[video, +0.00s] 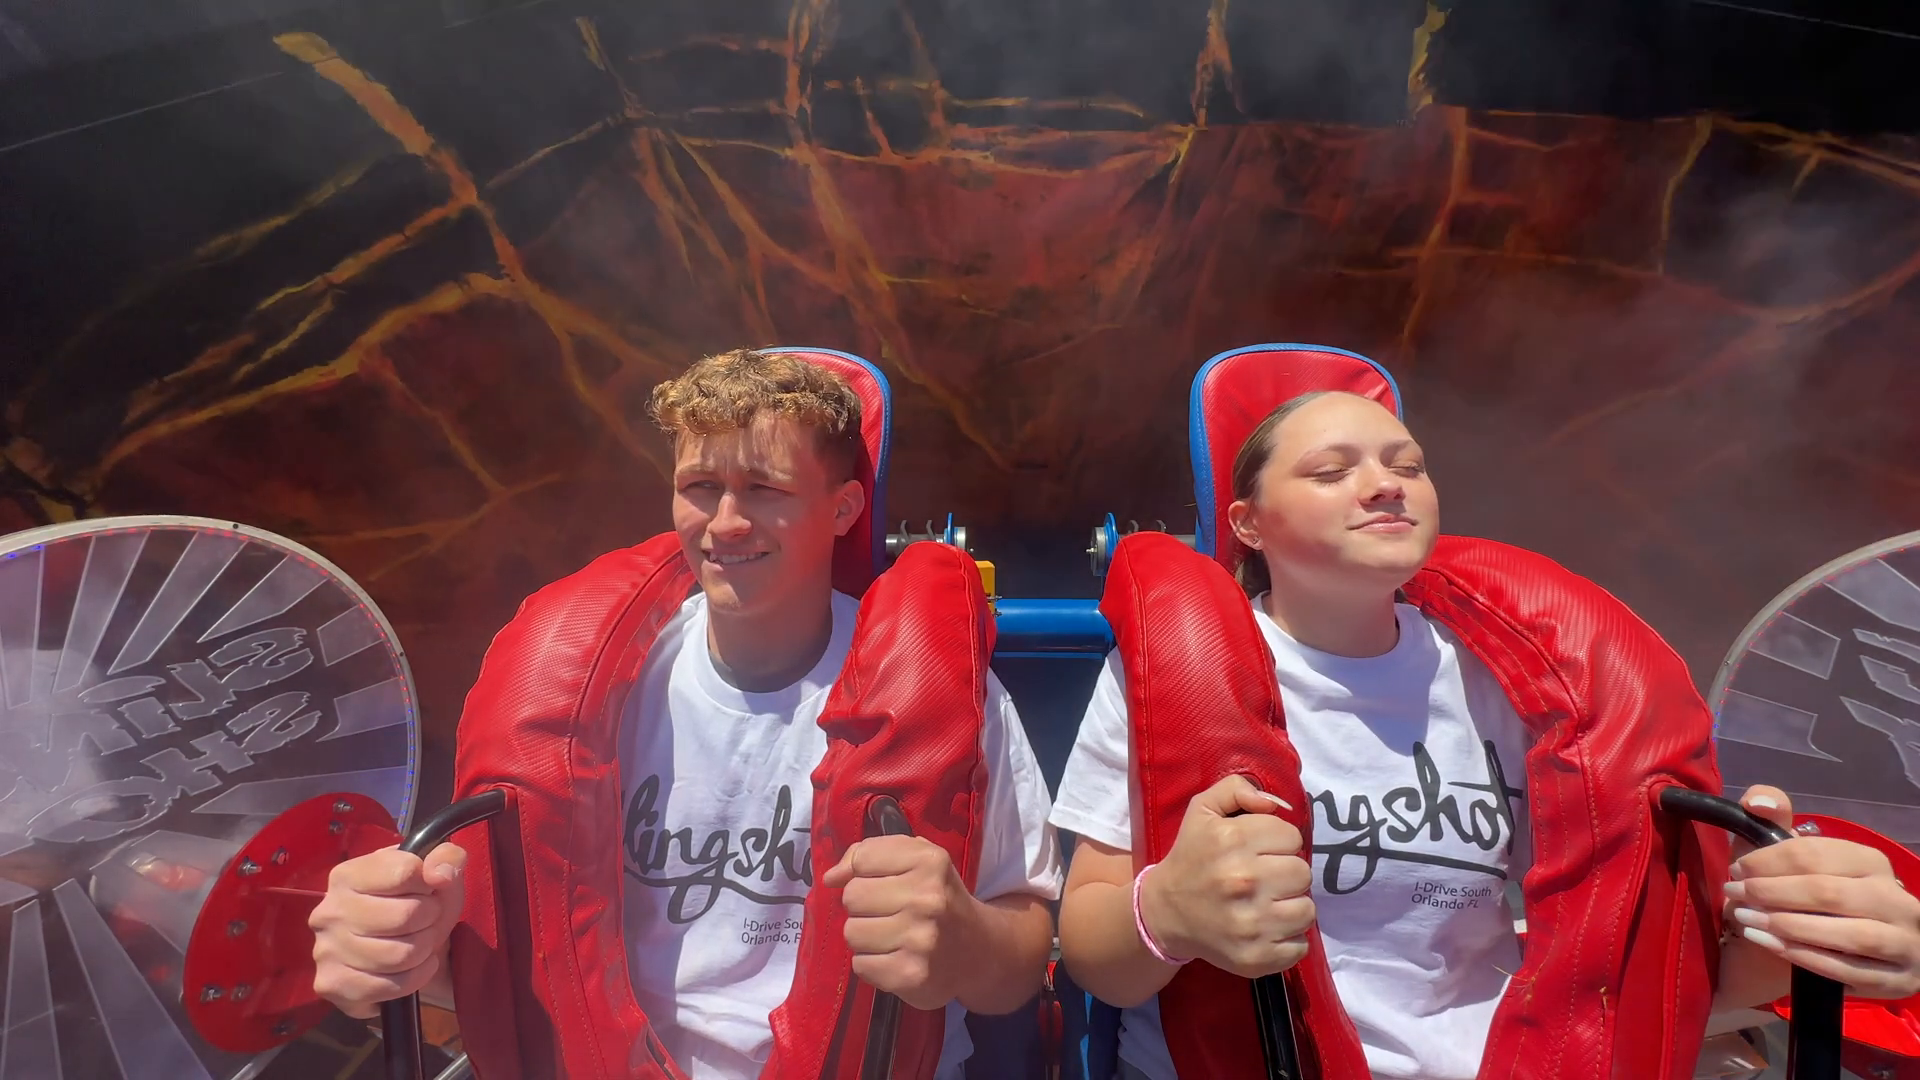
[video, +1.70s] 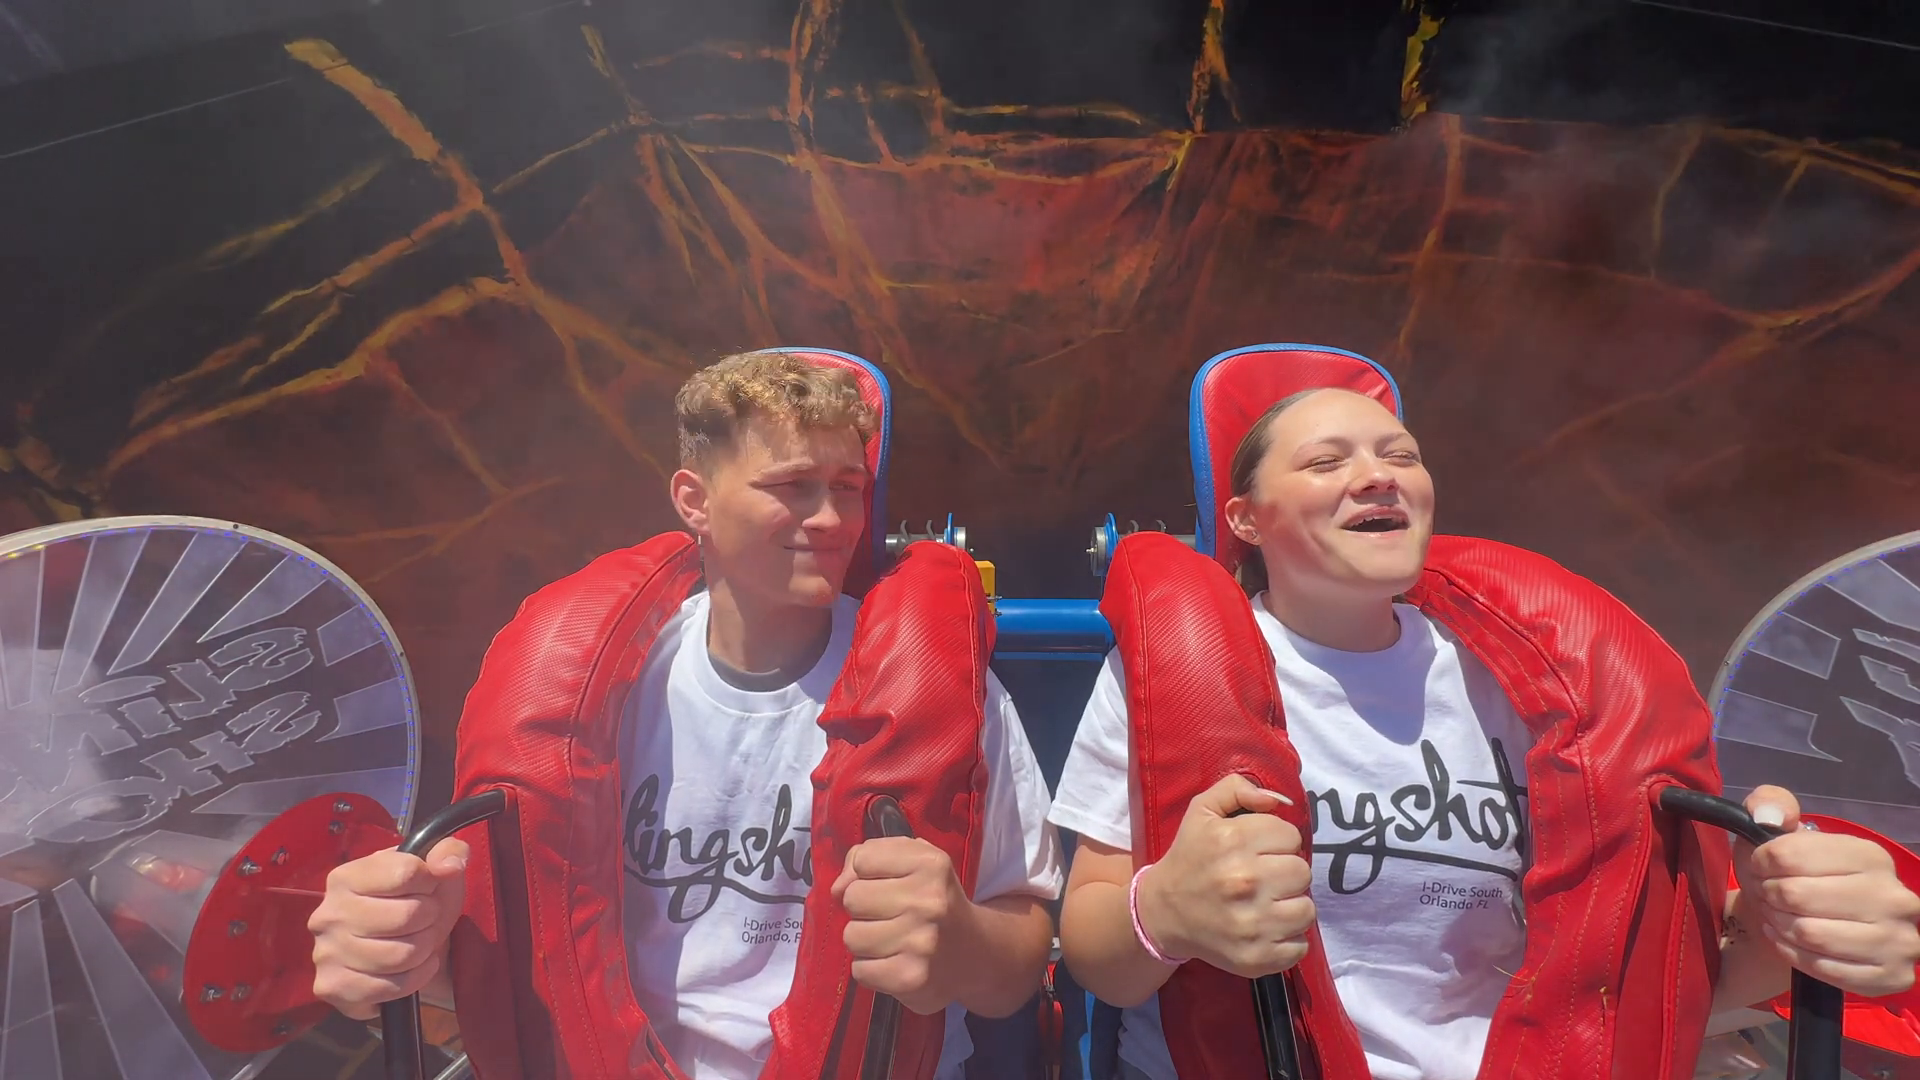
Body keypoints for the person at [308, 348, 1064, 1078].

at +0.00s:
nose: (725, 523)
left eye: (764, 491)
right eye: (702, 489)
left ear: (845, 506)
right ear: (673, 491)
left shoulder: (934, 688)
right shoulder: (582, 673)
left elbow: (1027, 957)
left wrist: (969, 946)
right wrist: (415, 944)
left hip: (837, 1064)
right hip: (616, 1059)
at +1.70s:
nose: (831, 522)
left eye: (850, 492)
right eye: (789, 487)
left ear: (873, 504)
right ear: (693, 499)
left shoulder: (937, 685)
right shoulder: (583, 671)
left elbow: (1024, 952)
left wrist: (965, 950)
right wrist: (411, 941)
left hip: (840, 1063)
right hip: (614, 1059)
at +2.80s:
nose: (771, 530)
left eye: (808, 498)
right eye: (740, 493)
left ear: (858, 508)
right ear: (689, 491)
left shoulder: (941, 691)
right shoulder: (583, 667)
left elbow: (1024, 963)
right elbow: (501, 913)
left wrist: (961, 949)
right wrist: (411, 942)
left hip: (839, 1062)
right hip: (613, 1057)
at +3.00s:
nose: (751, 531)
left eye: (789, 498)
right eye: (723, 495)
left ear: (851, 505)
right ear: (683, 492)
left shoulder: (939, 690)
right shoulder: (583, 670)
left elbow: (1023, 961)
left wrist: (962, 949)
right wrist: (410, 946)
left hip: (840, 1062)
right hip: (614, 1057)